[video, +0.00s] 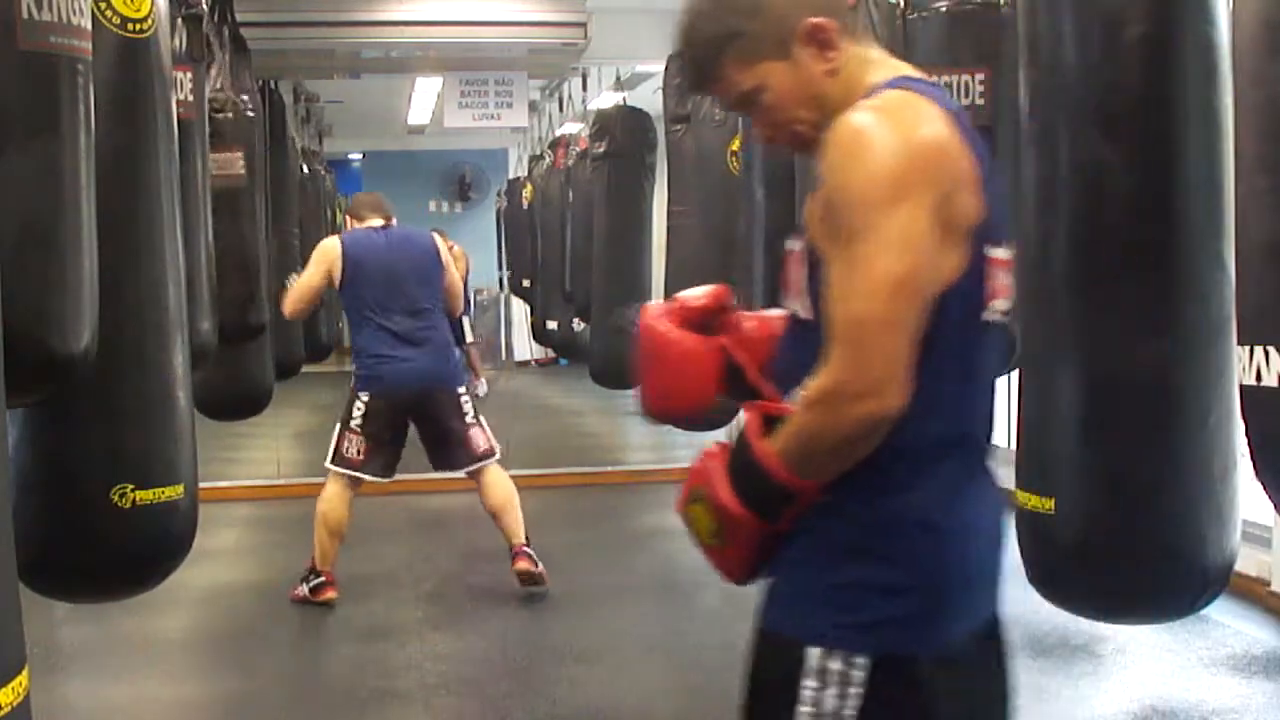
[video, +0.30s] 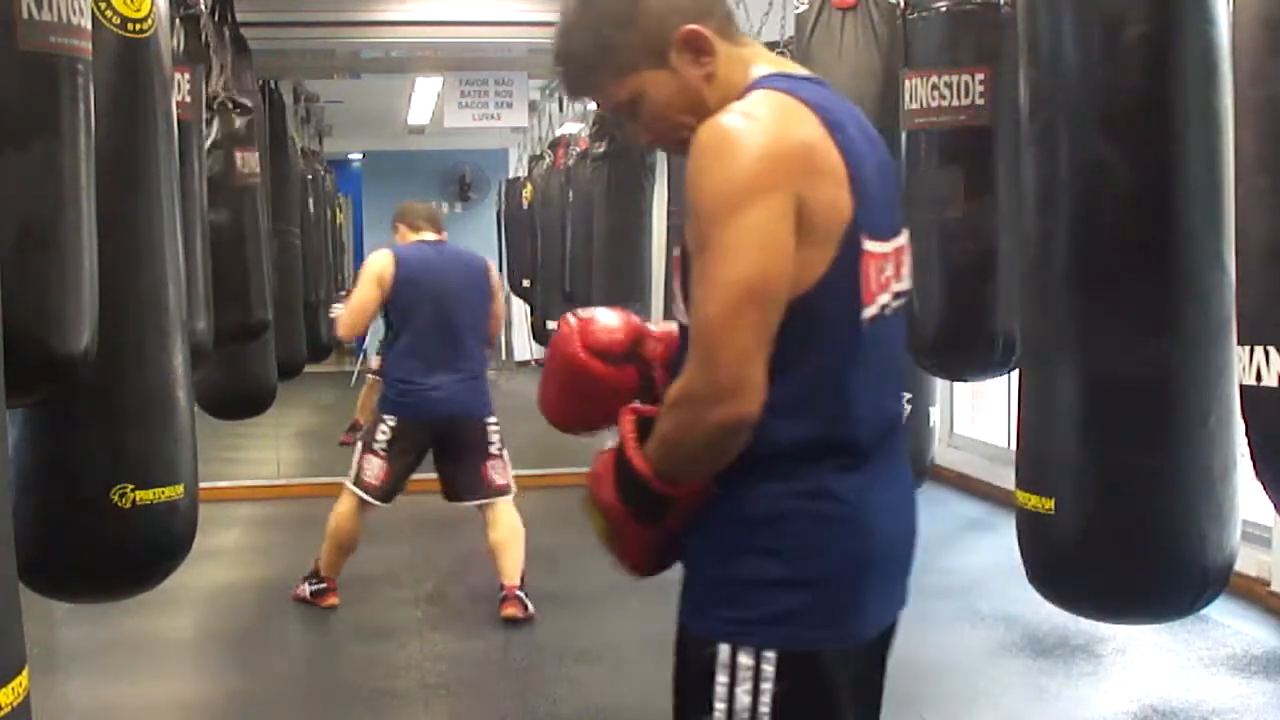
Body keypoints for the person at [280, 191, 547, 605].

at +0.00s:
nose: (344, 227)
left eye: (345, 222)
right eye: (347, 222)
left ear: (350, 222)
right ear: (392, 220)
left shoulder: (334, 248)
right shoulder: (432, 243)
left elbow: (293, 308)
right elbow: (456, 307)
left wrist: (297, 283)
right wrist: (455, 266)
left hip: (380, 380)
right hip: (441, 376)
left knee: (340, 479)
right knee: (485, 466)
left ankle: (320, 575)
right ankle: (521, 549)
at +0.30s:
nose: (395, 241)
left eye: (395, 235)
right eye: (397, 236)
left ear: (402, 231)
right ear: (441, 232)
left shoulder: (386, 261)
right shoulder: (483, 268)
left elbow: (349, 328)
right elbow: (493, 330)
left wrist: (344, 308)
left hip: (406, 406)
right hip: (470, 406)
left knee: (355, 499)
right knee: (499, 502)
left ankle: (323, 581)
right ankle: (512, 590)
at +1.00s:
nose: (406, 216)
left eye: (405, 211)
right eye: (406, 211)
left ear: (416, 204)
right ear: (454, 200)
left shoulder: (405, 241)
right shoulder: (497, 236)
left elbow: (367, 311)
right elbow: (525, 300)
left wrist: (374, 275)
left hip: (435, 385)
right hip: (496, 383)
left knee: (413, 489)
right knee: (527, 482)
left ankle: (410, 592)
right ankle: (555, 574)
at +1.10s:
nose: (427, 218)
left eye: (428, 211)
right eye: (428, 212)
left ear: (439, 207)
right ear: (476, 205)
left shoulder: (427, 243)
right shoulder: (521, 245)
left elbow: (387, 307)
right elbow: (539, 308)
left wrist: (393, 269)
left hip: (450, 393)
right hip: (509, 392)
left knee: (411, 492)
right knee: (532, 489)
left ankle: (410, 590)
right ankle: (558, 581)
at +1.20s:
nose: (444, 222)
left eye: (444, 217)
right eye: (443, 217)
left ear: (456, 212)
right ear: (491, 210)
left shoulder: (448, 244)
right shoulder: (535, 254)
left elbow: (423, 317)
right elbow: (532, 318)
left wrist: (408, 294)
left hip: (460, 388)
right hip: (519, 389)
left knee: (401, 479)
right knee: (539, 484)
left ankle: (406, 575)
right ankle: (560, 581)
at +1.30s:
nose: (449, 218)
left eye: (448, 212)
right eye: (447, 213)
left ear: (460, 207)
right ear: (495, 205)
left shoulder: (454, 237)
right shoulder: (536, 246)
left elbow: (429, 310)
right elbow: (532, 309)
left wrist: (415, 287)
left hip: (467, 379)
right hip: (525, 378)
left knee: (411, 472)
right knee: (538, 480)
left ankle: (408, 573)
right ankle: (560, 580)